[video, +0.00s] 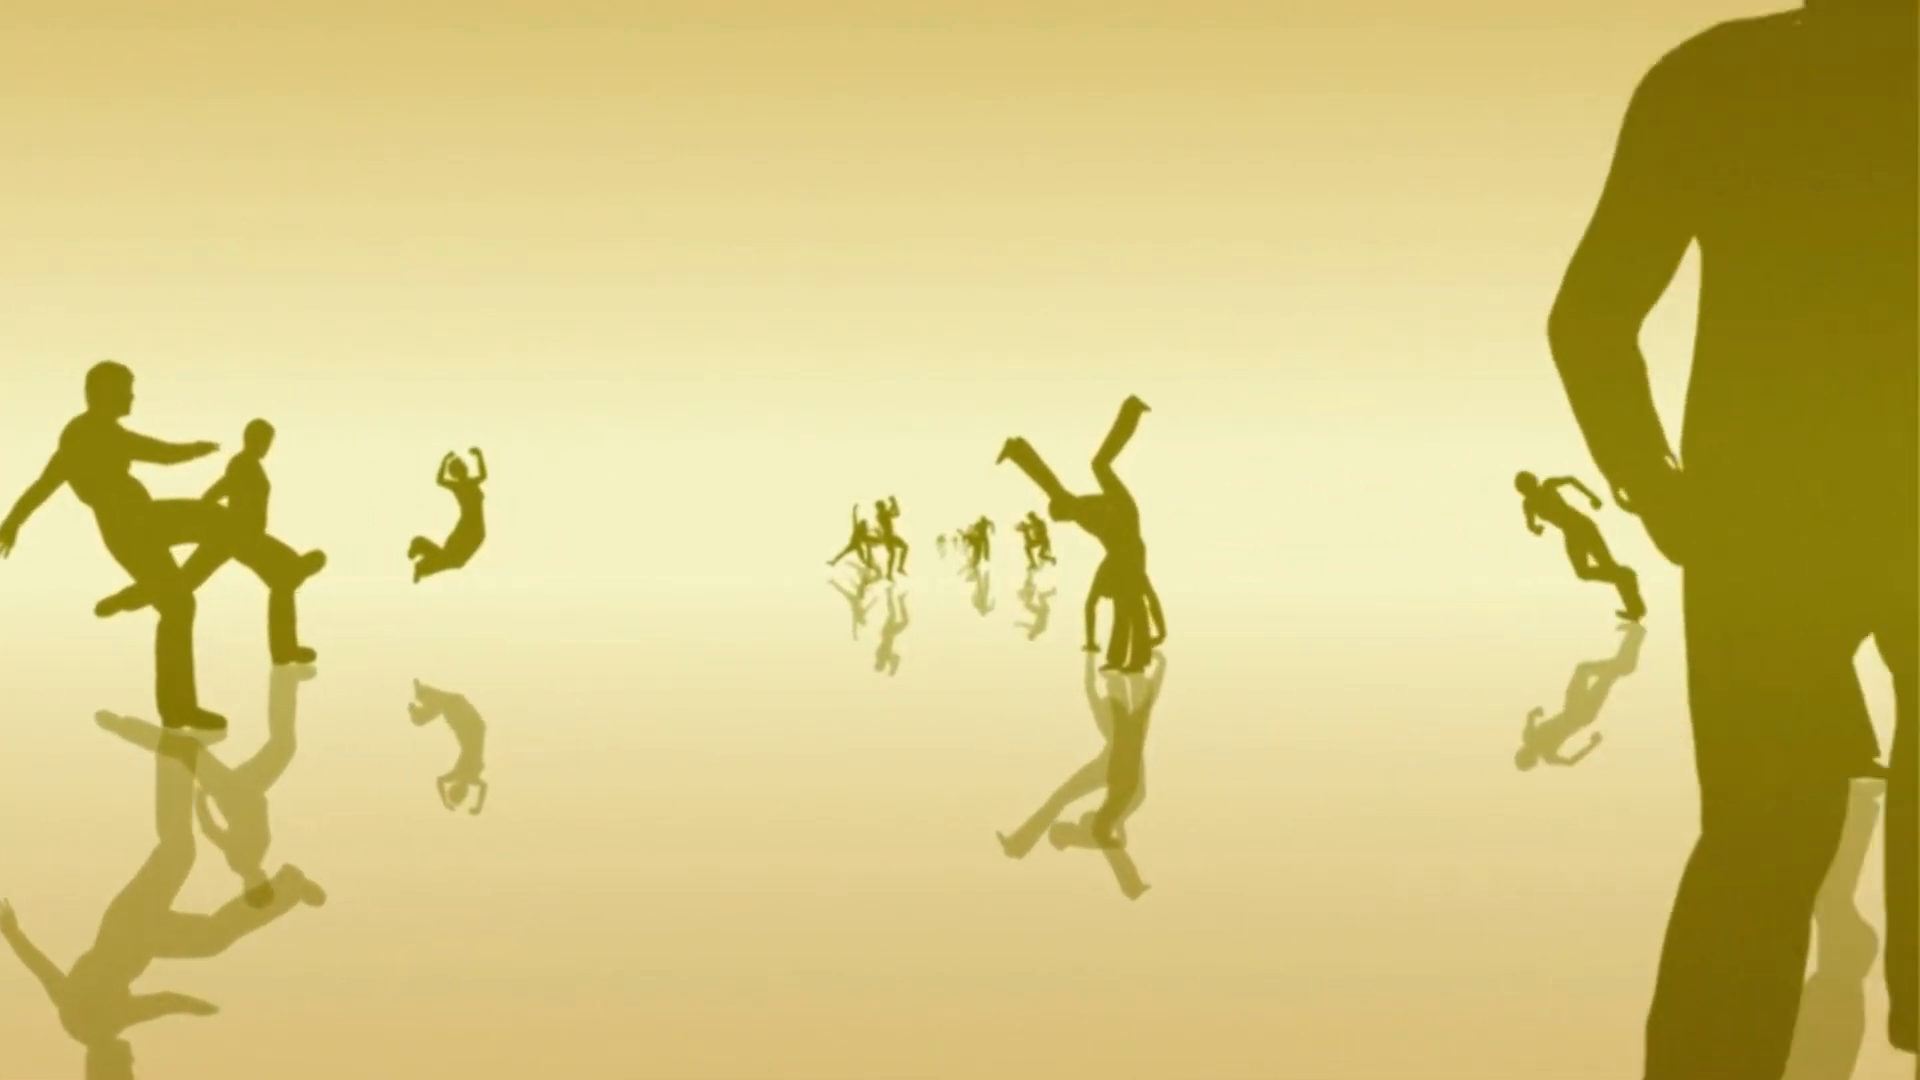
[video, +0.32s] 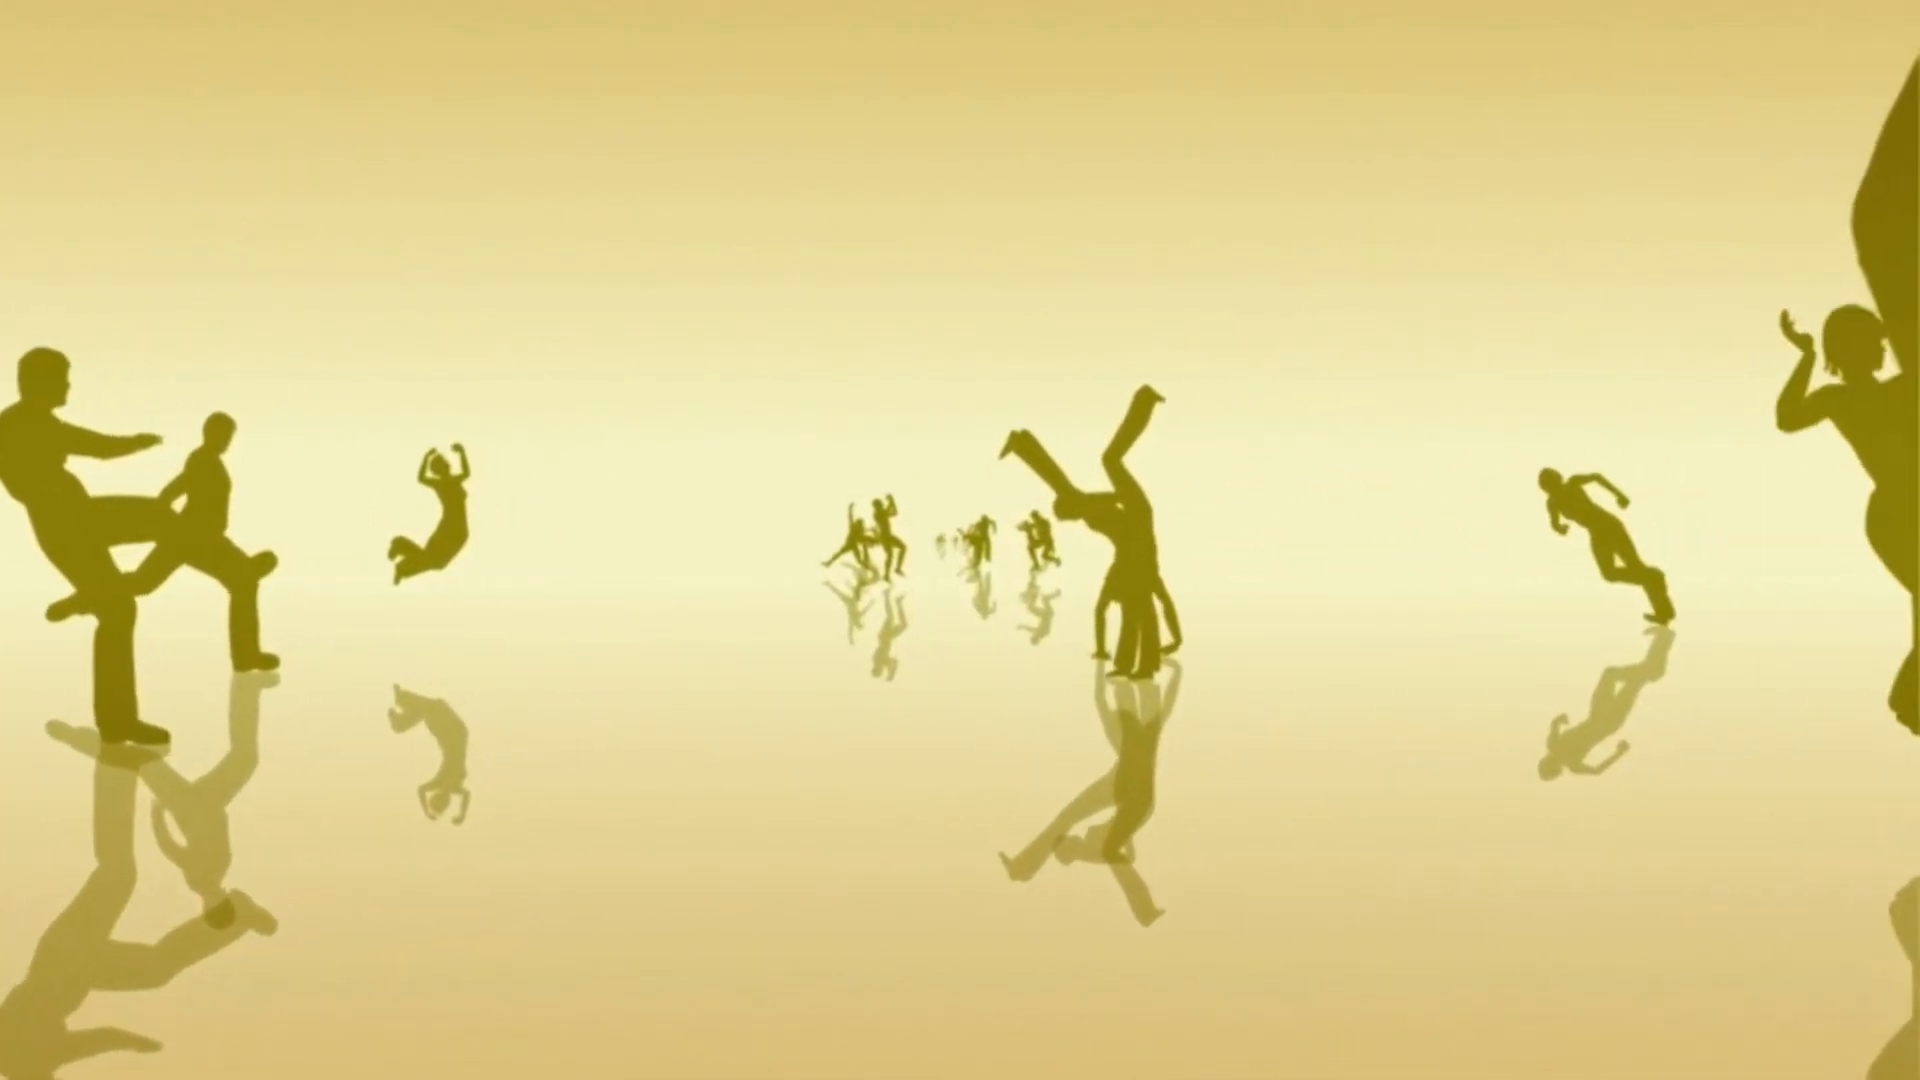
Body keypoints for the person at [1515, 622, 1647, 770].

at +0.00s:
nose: (1528, 761)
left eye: (1525, 761)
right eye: (1527, 763)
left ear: (1522, 752)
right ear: (1530, 762)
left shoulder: (1529, 739)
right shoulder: (1548, 756)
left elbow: (1529, 723)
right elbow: (1570, 762)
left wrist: (1533, 714)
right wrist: (1592, 745)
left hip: (1571, 707)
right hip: (1583, 716)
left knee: (1582, 670)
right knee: (1608, 679)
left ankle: (1617, 664)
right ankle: (1636, 635)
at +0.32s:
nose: (1554, 771)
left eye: (1550, 770)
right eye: (1552, 773)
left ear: (1547, 761)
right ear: (1554, 770)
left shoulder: (1553, 746)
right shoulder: (1573, 765)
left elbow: (1553, 730)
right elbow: (1596, 771)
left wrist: (1558, 721)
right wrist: (1618, 754)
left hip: (1597, 714)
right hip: (1610, 723)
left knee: (1608, 675)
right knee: (1636, 683)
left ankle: (1647, 669)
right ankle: (1663, 639)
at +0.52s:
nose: (1573, 779)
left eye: (1569, 778)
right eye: (1571, 781)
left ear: (1565, 768)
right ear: (1573, 778)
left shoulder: (1572, 753)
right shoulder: (1592, 772)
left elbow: (1572, 735)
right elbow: (1616, 778)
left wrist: (1577, 726)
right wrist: (1639, 760)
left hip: (1617, 719)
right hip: (1631, 728)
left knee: (1628, 679)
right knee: (1657, 687)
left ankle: (1667, 674)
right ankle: (1685, 641)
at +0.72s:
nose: (1592, 785)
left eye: (1588, 784)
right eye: (1590, 787)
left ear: (1585, 774)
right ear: (1593, 784)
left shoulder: (1591, 760)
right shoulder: (1612, 780)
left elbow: (1591, 742)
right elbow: (1637, 785)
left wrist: (1596, 732)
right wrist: (1660, 768)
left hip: (1638, 725)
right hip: (1651, 735)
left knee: (1649, 684)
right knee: (1679, 691)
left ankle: (1690, 678)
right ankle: (1708, 644)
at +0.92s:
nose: (1613, 793)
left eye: (1609, 792)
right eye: (1611, 794)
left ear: (1605, 782)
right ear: (1614, 792)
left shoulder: (1612, 767)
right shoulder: (1633, 787)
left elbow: (1613, 748)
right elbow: (1658, 794)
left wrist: (1617, 738)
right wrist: (1683, 775)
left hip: (1660, 731)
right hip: (1674, 741)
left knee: (1671, 688)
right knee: (1701, 697)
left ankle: (1713, 682)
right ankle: (1733, 647)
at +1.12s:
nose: (1635, 802)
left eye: (1631, 801)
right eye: (1633, 804)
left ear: (1627, 790)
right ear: (1635, 801)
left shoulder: (1633, 774)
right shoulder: (1656, 796)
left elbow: (1634, 752)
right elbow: (1682, 802)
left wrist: (1640, 745)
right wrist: (1708, 782)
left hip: (1683, 737)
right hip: (1698, 747)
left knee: (1695, 693)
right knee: (1727, 702)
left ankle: (1738, 688)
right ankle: (1758, 650)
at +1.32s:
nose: (1660, 813)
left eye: (1655, 812)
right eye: (1657, 815)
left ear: (1651, 801)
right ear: (1659, 810)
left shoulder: (1656, 782)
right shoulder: (1681, 804)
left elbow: (1657, 759)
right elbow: (1707, 811)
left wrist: (1663, 751)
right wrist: (1734, 790)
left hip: (1708, 744)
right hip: (1724, 753)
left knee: (1720, 698)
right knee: (1755, 706)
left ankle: (1765, 692)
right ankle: (1786, 652)